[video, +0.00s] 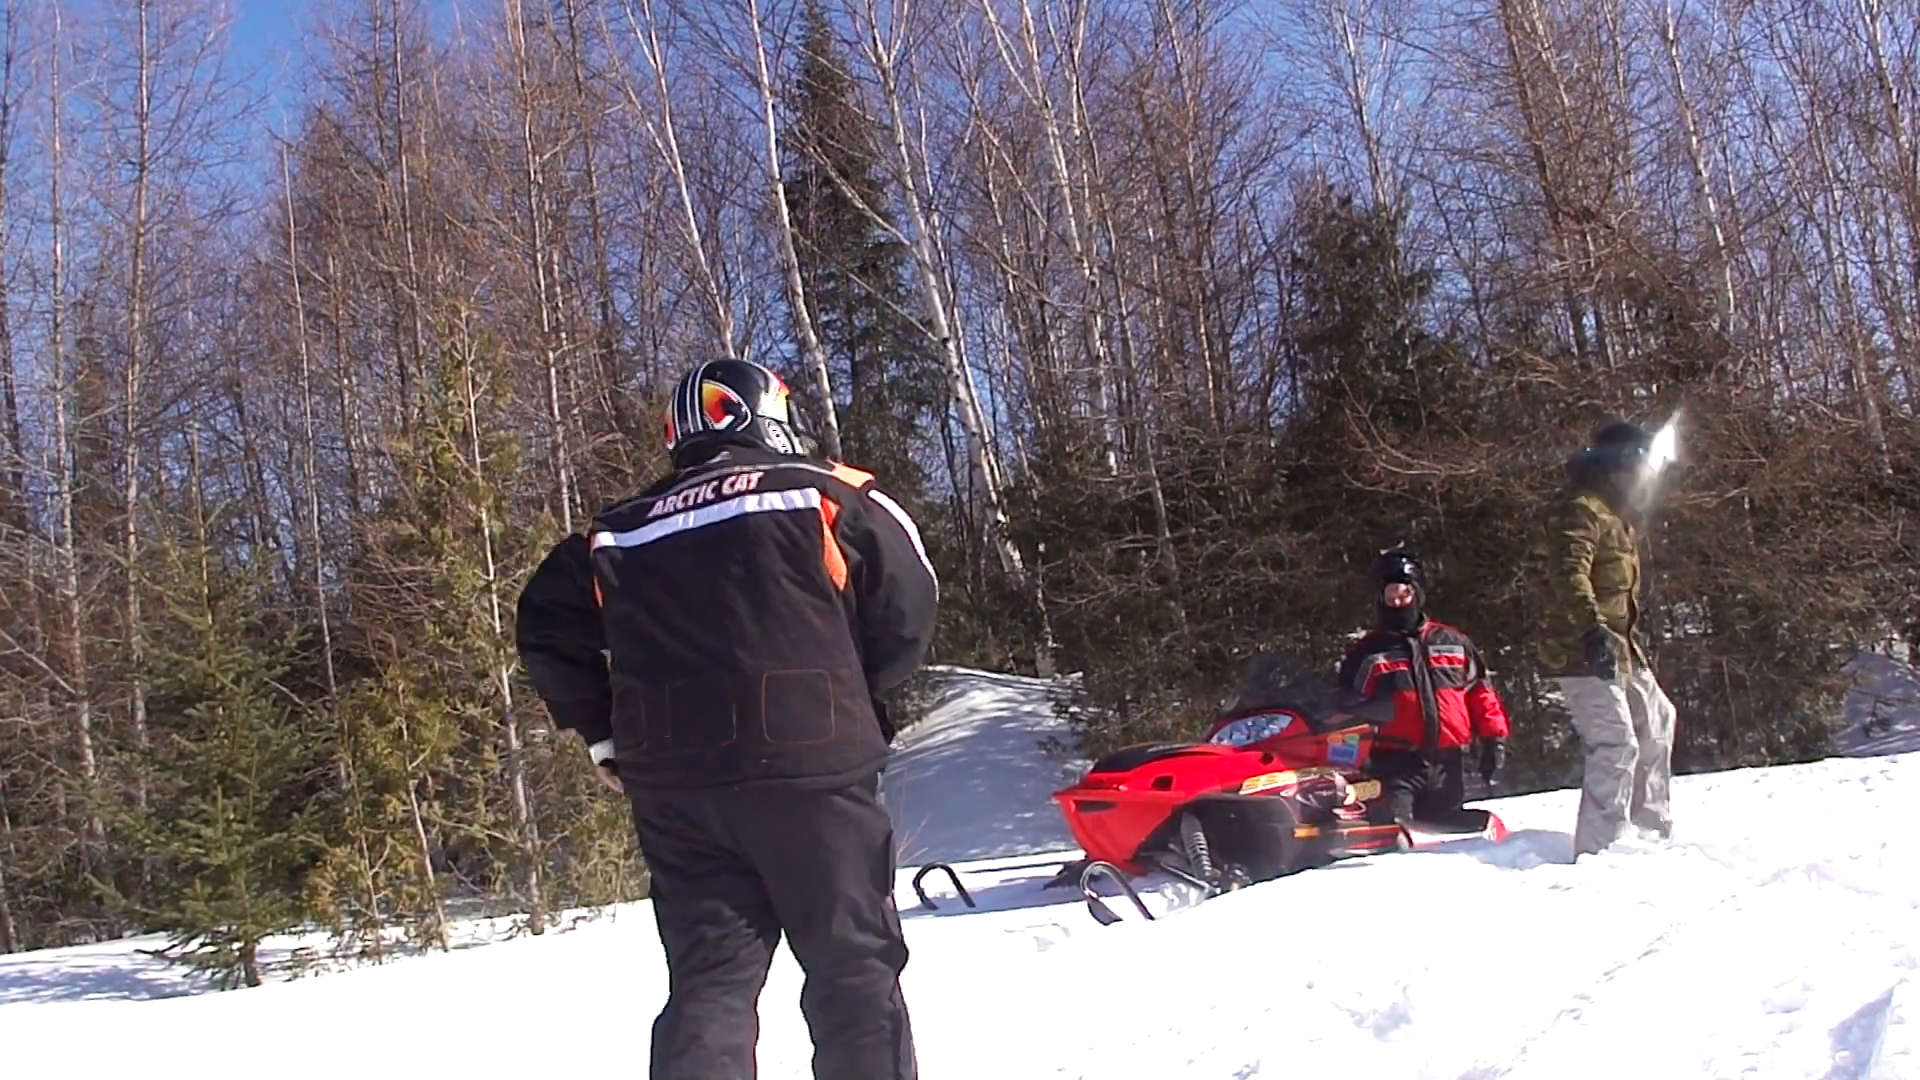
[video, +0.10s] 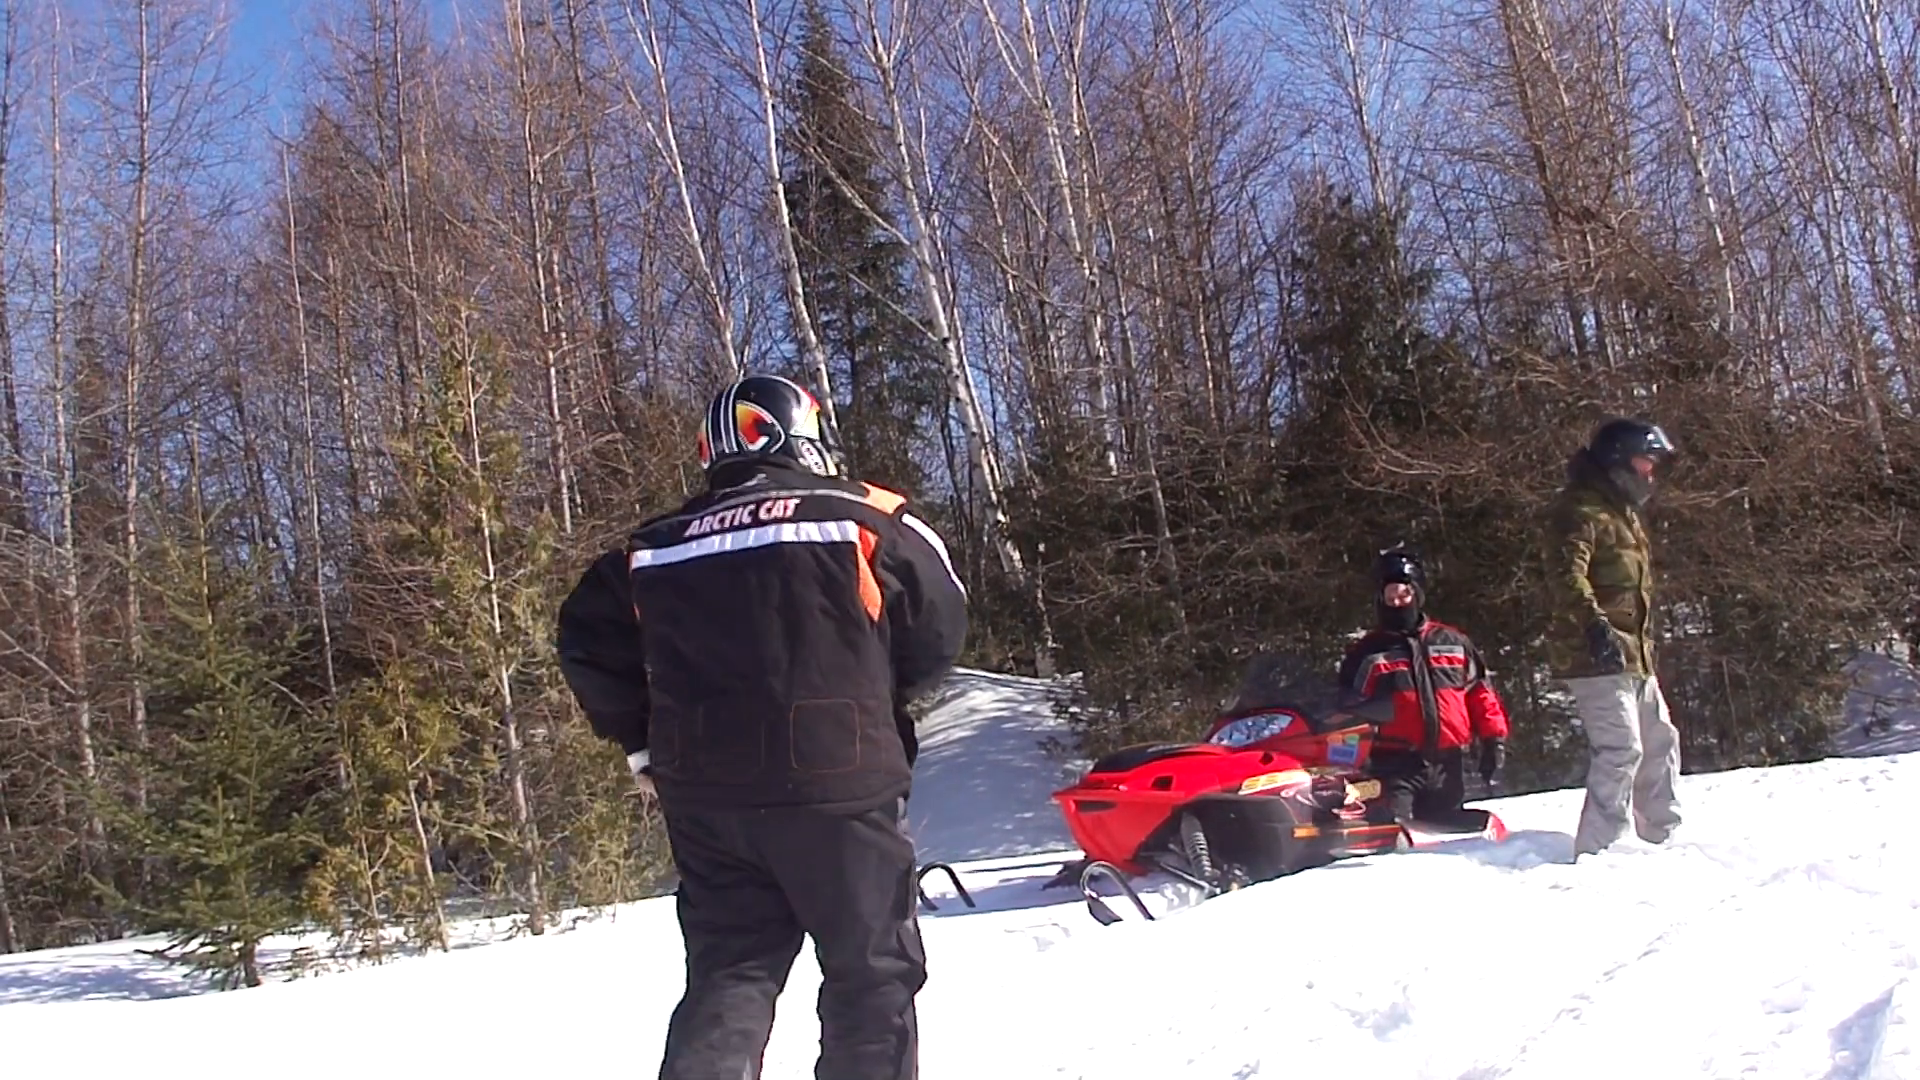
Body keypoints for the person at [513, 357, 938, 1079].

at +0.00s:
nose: (796, 428)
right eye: (787, 417)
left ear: (680, 429)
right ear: (774, 420)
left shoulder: (617, 526)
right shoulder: (831, 489)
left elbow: (543, 622)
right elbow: (908, 599)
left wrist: (602, 729)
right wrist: (863, 691)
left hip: (672, 787)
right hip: (812, 777)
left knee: (707, 980)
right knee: (852, 969)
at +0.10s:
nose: (830, 443)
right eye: (821, 430)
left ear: (713, 445)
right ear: (809, 436)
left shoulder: (654, 541)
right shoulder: (869, 514)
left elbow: (584, 637)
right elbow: (938, 630)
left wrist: (641, 736)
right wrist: (877, 682)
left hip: (706, 804)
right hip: (840, 801)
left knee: (727, 971)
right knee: (871, 977)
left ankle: (697, 1076)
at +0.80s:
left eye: (799, 495)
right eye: (890, 480)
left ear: (804, 501)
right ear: (885, 485)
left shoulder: (775, 588)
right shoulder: (944, 542)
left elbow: (756, 688)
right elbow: (1021, 619)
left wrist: (823, 693)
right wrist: (954, 631)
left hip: (841, 783)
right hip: (950, 765)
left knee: (892, 929)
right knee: (954, 925)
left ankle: (941, 1057)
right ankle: (877, 1070)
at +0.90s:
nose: (906, 514)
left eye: (817, 516)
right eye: (901, 505)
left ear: (817, 527)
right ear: (897, 509)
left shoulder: (784, 613)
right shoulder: (951, 567)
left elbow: (772, 714)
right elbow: (1035, 636)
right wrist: (987, 570)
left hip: (854, 805)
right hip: (960, 782)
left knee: (903, 939)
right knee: (993, 923)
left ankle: (910, 1047)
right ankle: (916, 1047)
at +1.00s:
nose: (930, 540)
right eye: (925, 530)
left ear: (842, 546)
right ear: (916, 534)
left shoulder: (799, 636)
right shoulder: (966, 591)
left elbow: (804, 742)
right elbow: (1045, 671)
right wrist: (1012, 601)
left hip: (864, 837)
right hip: (969, 814)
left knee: (910, 962)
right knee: (1027, 913)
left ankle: (918, 1053)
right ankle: (958, 994)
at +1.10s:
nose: (963, 550)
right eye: (957, 541)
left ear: (865, 553)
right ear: (944, 541)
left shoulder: (822, 634)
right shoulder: (987, 596)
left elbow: (822, 736)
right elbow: (1056, 698)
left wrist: (892, 741)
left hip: (878, 829)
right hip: (983, 803)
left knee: (918, 961)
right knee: (1035, 879)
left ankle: (934, 1066)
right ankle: (1024, 1007)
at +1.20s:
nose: (980, 541)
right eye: (975, 532)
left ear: (890, 541)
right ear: (964, 534)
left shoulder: (844, 625)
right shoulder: (1006, 592)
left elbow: (843, 723)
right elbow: (1069, 696)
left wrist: (908, 752)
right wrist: (1045, 743)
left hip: (895, 813)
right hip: (1004, 793)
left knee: (925, 934)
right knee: (1055, 869)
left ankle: (931, 1059)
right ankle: (1091, 1005)